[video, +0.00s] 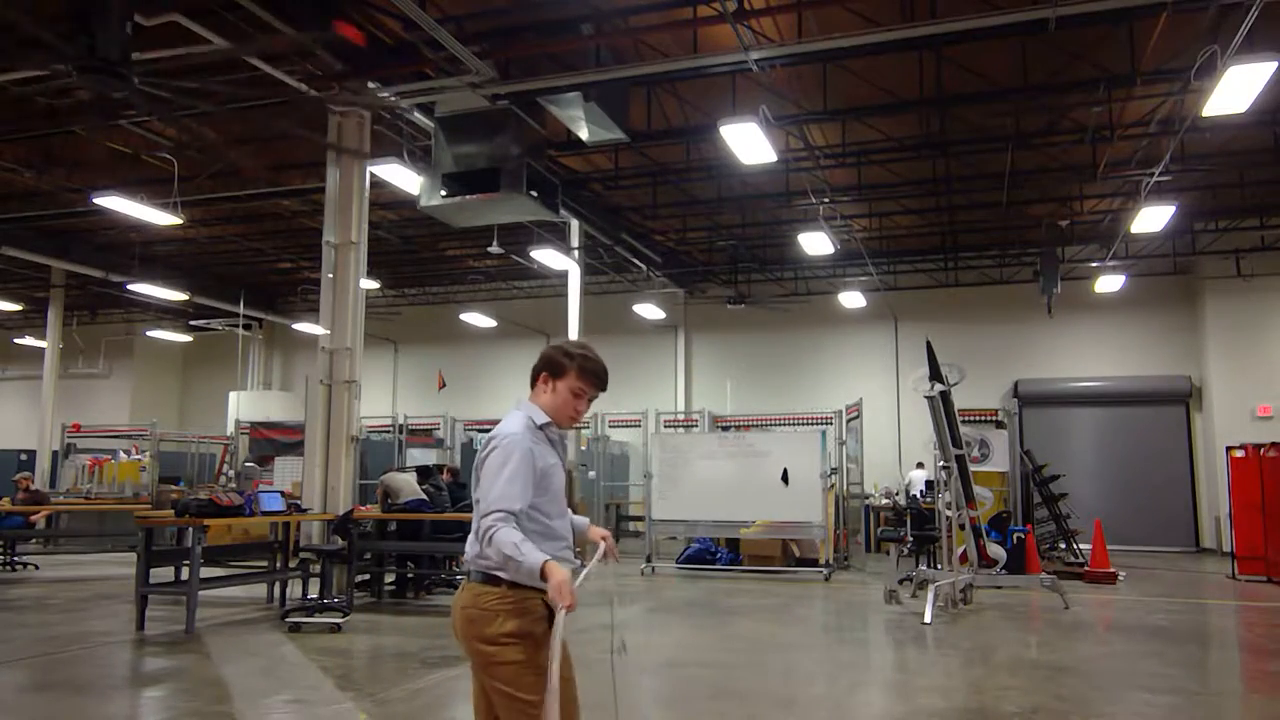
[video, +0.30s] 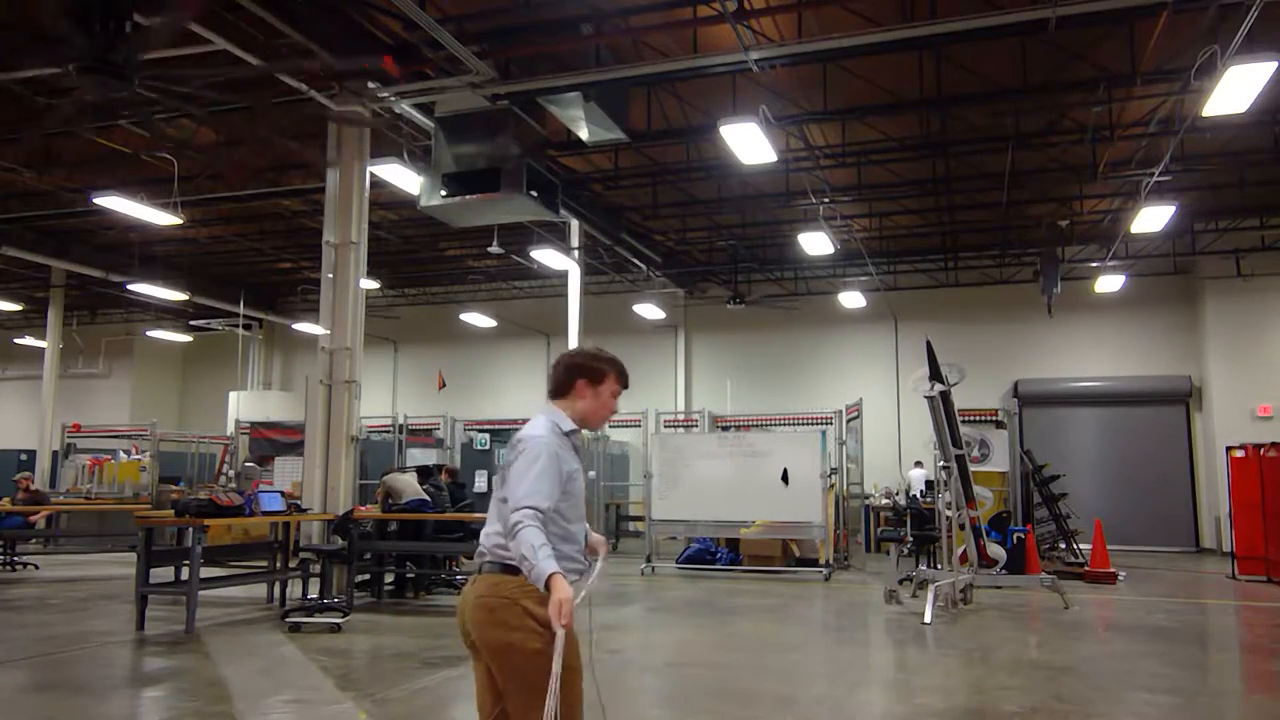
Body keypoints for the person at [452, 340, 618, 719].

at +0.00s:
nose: (583, 409)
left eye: (589, 401)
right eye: (577, 395)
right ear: (545, 383)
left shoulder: (538, 438)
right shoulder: (517, 439)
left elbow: (542, 515)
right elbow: (493, 529)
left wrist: (587, 529)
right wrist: (547, 567)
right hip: (505, 605)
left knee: (495, 713)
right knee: (546, 713)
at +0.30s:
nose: (615, 408)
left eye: (618, 398)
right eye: (613, 396)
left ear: (583, 390)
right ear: (583, 388)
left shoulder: (543, 436)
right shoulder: (545, 441)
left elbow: (546, 509)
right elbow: (523, 520)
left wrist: (585, 536)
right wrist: (555, 580)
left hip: (488, 588)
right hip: (515, 594)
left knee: (499, 713)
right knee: (552, 713)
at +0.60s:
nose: (635, 420)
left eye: (635, 412)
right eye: (635, 412)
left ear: (587, 408)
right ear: (629, 415)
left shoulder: (559, 446)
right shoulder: (591, 452)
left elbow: (535, 514)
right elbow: (576, 516)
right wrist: (576, 573)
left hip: (490, 585)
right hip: (530, 590)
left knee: (522, 710)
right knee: (556, 710)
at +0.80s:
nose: (608, 452)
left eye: (606, 445)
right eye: (608, 446)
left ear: (563, 449)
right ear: (602, 451)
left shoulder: (547, 486)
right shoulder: (590, 477)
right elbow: (588, 509)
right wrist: (589, 543)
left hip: (505, 614)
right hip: (553, 612)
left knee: (531, 710)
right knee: (577, 712)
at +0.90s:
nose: (589, 458)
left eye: (588, 454)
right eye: (588, 454)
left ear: (546, 460)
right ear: (583, 457)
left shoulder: (535, 495)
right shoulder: (579, 476)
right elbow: (585, 492)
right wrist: (593, 508)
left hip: (512, 606)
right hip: (563, 602)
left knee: (532, 708)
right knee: (578, 711)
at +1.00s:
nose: (581, 465)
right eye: (579, 461)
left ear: (540, 469)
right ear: (574, 463)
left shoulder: (531, 501)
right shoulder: (567, 481)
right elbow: (583, 479)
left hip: (519, 597)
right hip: (569, 594)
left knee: (538, 710)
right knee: (587, 707)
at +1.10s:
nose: (583, 469)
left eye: (583, 463)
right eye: (580, 463)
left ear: (544, 468)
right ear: (573, 463)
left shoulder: (538, 502)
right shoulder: (565, 478)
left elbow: (575, 545)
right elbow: (590, 464)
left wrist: (620, 542)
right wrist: (619, 433)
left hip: (528, 589)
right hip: (575, 582)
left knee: (542, 707)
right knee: (612, 684)